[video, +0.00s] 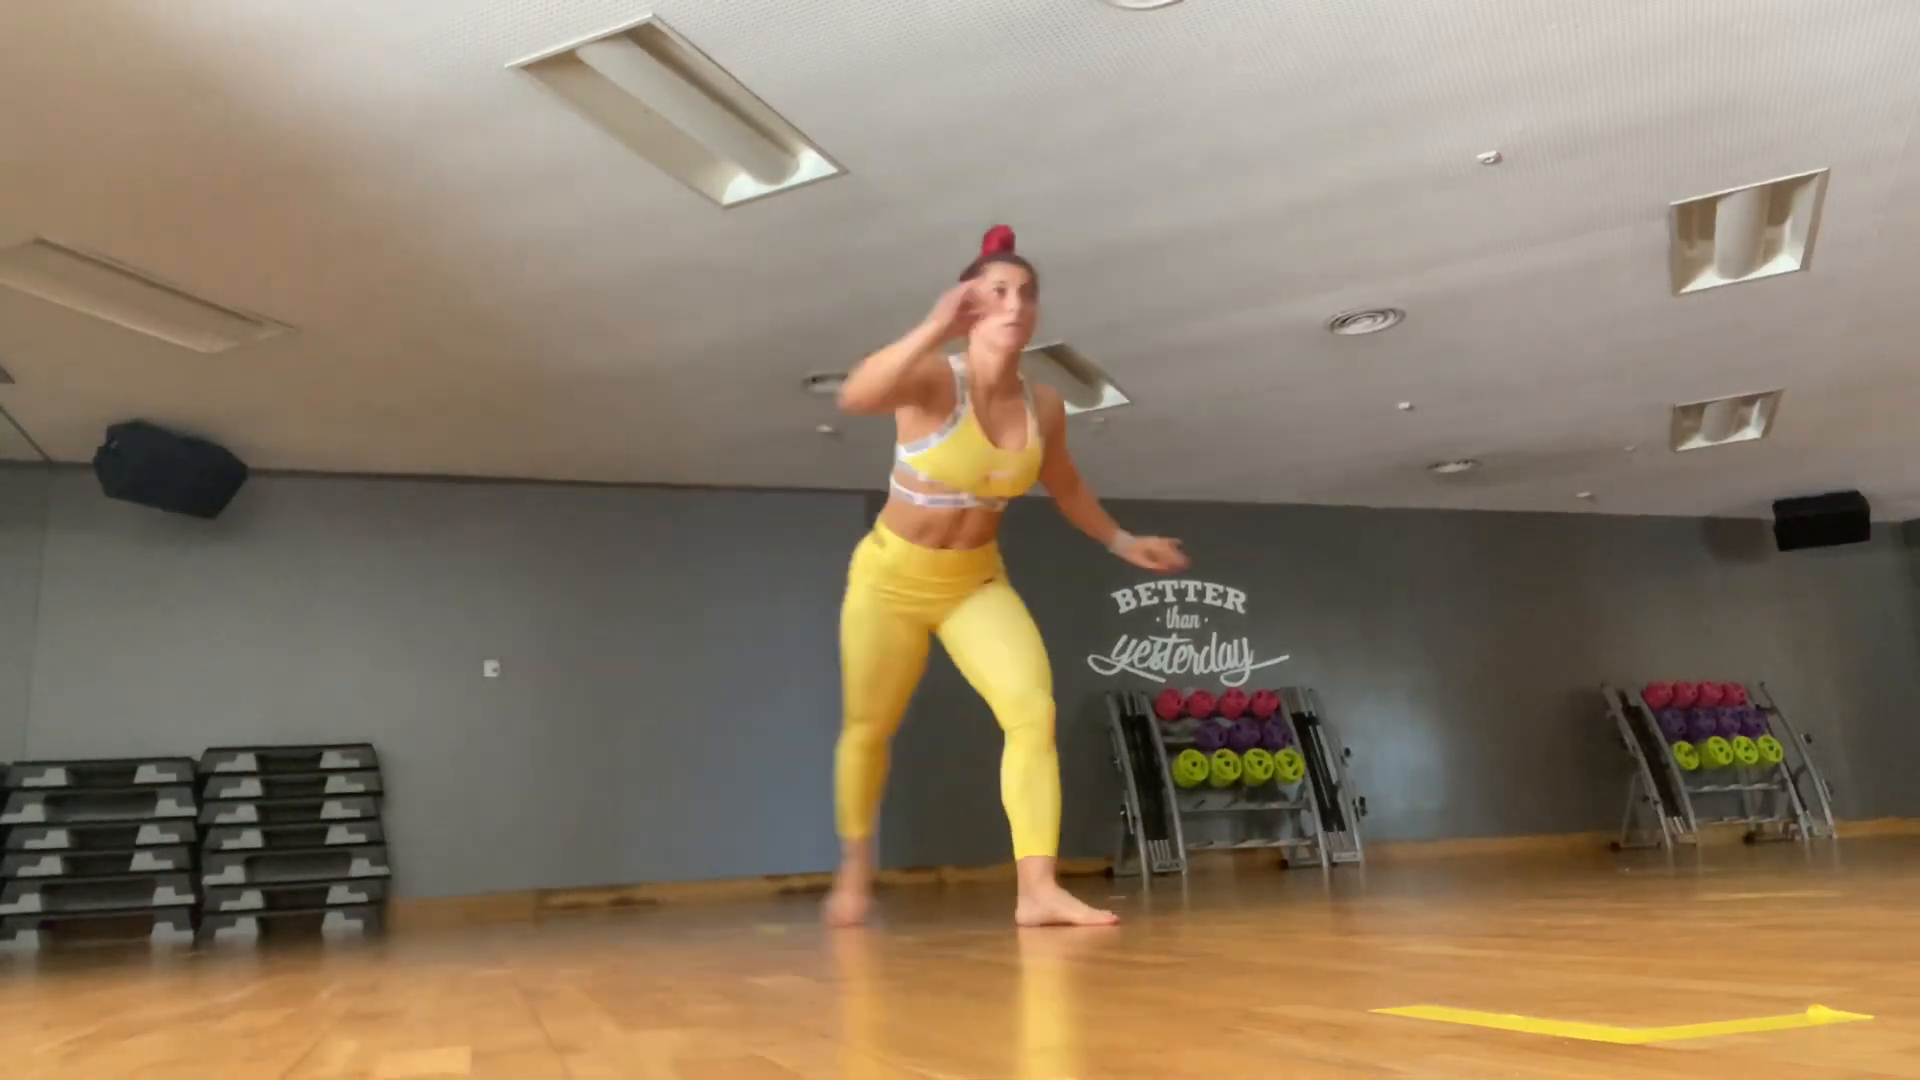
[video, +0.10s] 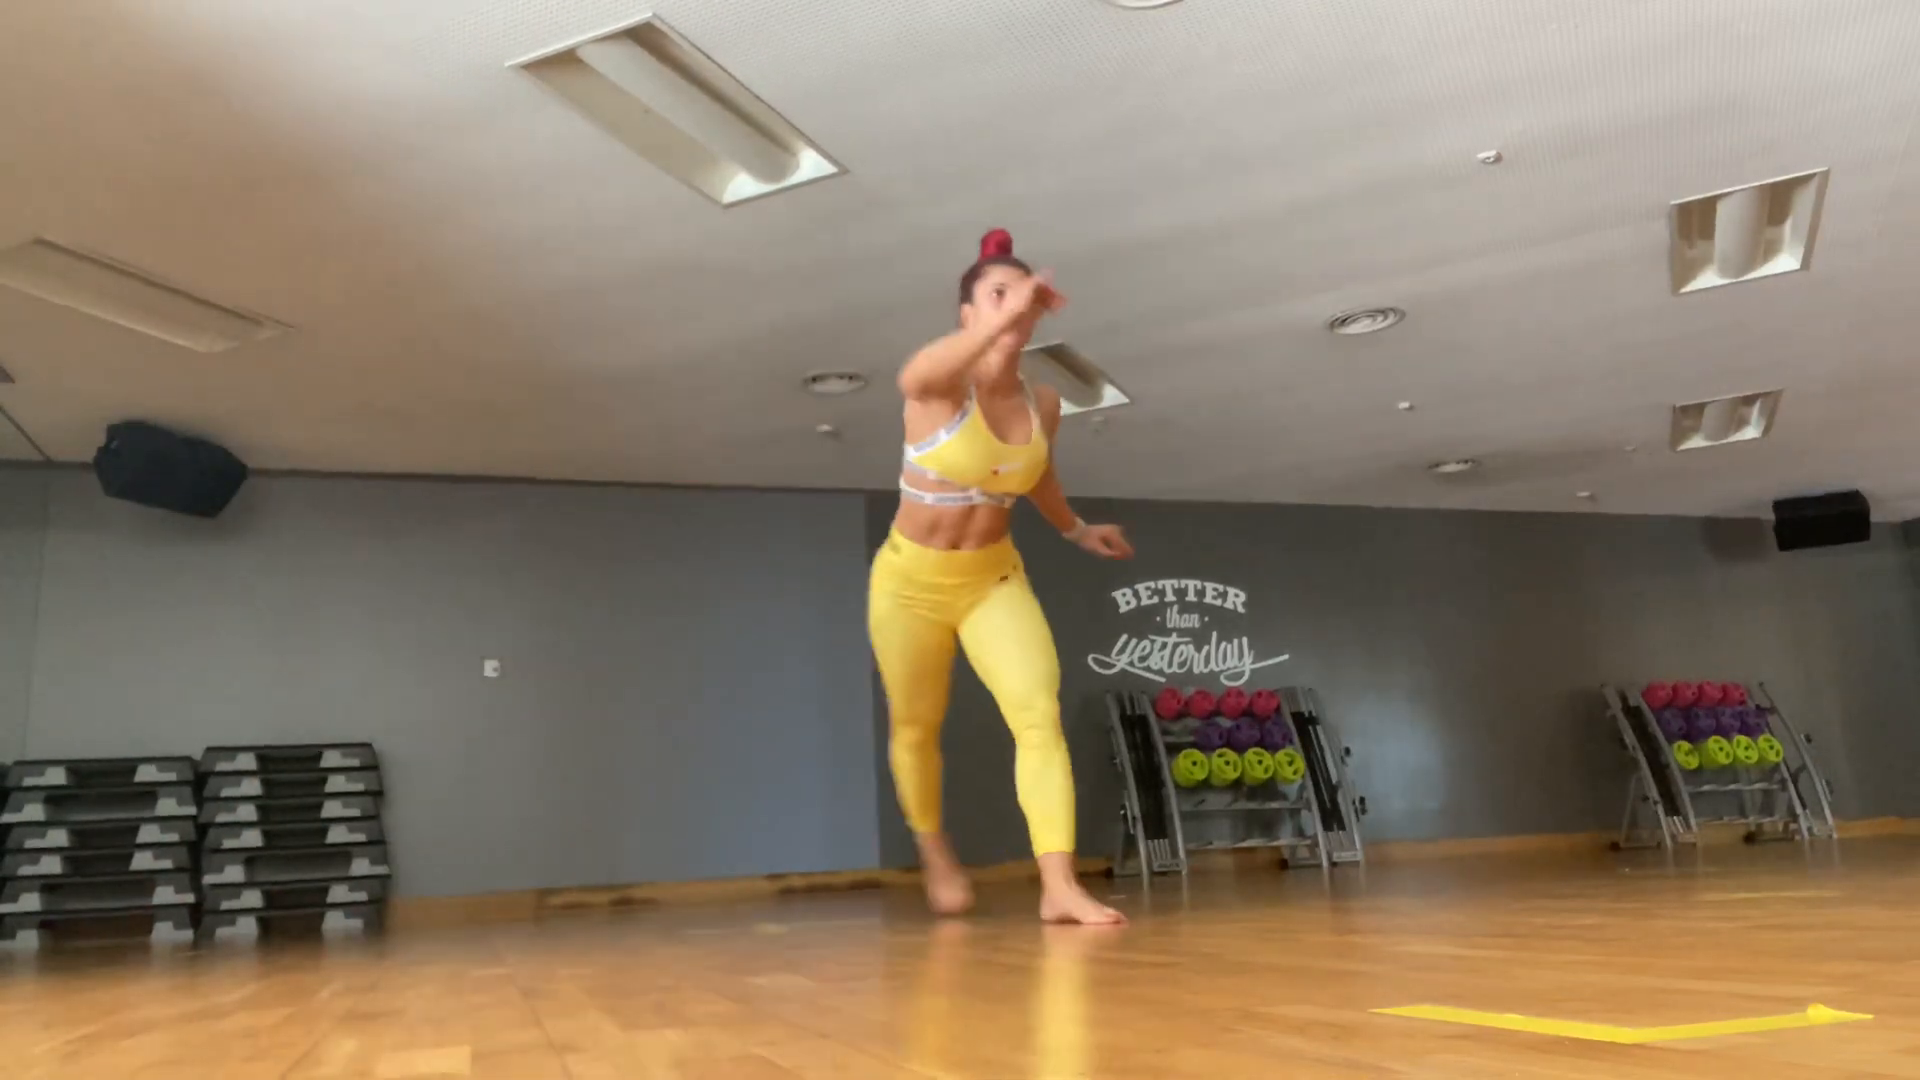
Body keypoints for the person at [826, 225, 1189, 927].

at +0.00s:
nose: (1017, 303)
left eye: (1027, 293)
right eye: (1000, 291)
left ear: (1037, 315)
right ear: (967, 309)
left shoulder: (1042, 408)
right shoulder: (930, 376)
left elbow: (1067, 490)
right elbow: (856, 395)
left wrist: (1124, 543)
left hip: (976, 584)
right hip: (891, 579)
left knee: (1032, 711)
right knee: (867, 729)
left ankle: (1038, 890)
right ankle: (855, 865)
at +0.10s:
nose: (1015, 306)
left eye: (1023, 296)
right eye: (998, 294)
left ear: (1035, 312)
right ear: (968, 310)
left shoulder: (1042, 404)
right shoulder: (929, 381)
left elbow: (1040, 481)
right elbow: (935, 372)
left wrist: (1078, 531)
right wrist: (1013, 316)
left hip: (995, 581)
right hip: (911, 582)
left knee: (1037, 714)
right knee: (916, 728)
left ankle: (1058, 887)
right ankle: (933, 851)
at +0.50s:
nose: (1060, 329)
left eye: (1068, 320)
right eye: (1044, 316)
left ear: (1074, 331)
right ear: (1010, 327)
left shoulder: (1069, 419)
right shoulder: (979, 384)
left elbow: (1093, 513)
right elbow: (1026, 414)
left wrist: (1152, 527)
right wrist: (1100, 368)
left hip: (1029, 599)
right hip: (949, 603)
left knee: (1093, 715)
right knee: (955, 749)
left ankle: (1125, 885)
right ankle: (970, 866)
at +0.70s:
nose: (1083, 321)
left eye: (1094, 309)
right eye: (1066, 306)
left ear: (1105, 322)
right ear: (1035, 321)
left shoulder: (1108, 414)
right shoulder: (995, 378)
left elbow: (1155, 509)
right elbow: (1014, 434)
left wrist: (1164, 466)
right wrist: (1106, 381)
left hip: (1020, 593)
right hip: (937, 581)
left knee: (1096, 707)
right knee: (900, 755)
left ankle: (1121, 888)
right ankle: (857, 874)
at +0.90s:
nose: (977, 325)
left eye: (990, 314)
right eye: (959, 311)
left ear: (1009, 329)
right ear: (931, 327)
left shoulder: (1030, 414)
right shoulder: (892, 395)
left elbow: (1097, 497)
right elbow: (926, 403)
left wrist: (1145, 518)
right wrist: (997, 349)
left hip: (983, 597)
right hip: (889, 596)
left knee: (1075, 711)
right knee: (824, 724)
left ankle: (1121, 892)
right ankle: (771, 904)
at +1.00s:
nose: (927, 326)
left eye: (941, 312)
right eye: (910, 309)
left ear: (960, 325)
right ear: (881, 321)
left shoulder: (978, 410)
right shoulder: (842, 393)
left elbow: (1051, 486)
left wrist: (1111, 504)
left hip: (934, 594)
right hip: (838, 591)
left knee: (1025, 722)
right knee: (797, 723)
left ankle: (1118, 881)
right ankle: (767, 911)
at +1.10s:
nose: (892, 317)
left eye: (907, 303)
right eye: (874, 303)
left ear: (924, 316)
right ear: (845, 315)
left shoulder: (946, 402)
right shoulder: (805, 391)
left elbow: (1031, 465)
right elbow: (750, 455)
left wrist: (1088, 469)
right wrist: (838, 398)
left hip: (893, 589)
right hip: (800, 583)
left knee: (969, 732)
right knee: (769, 722)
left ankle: (1061, 879)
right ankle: (762, 910)